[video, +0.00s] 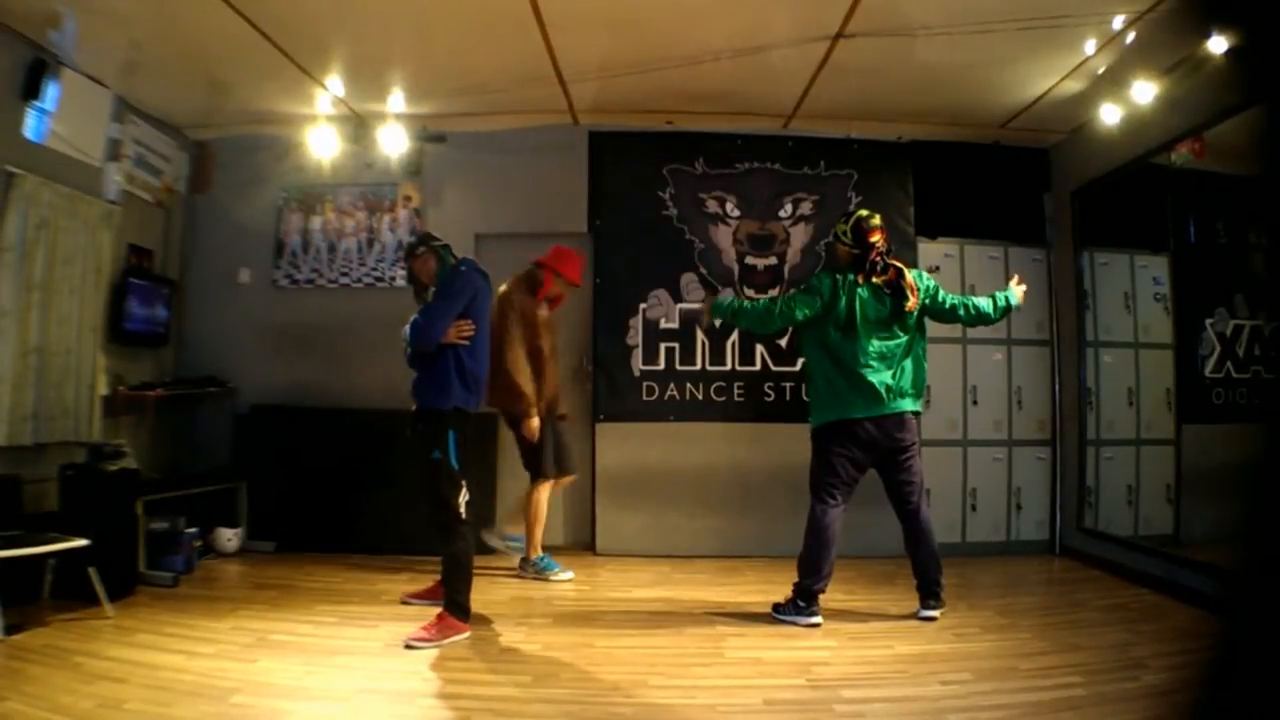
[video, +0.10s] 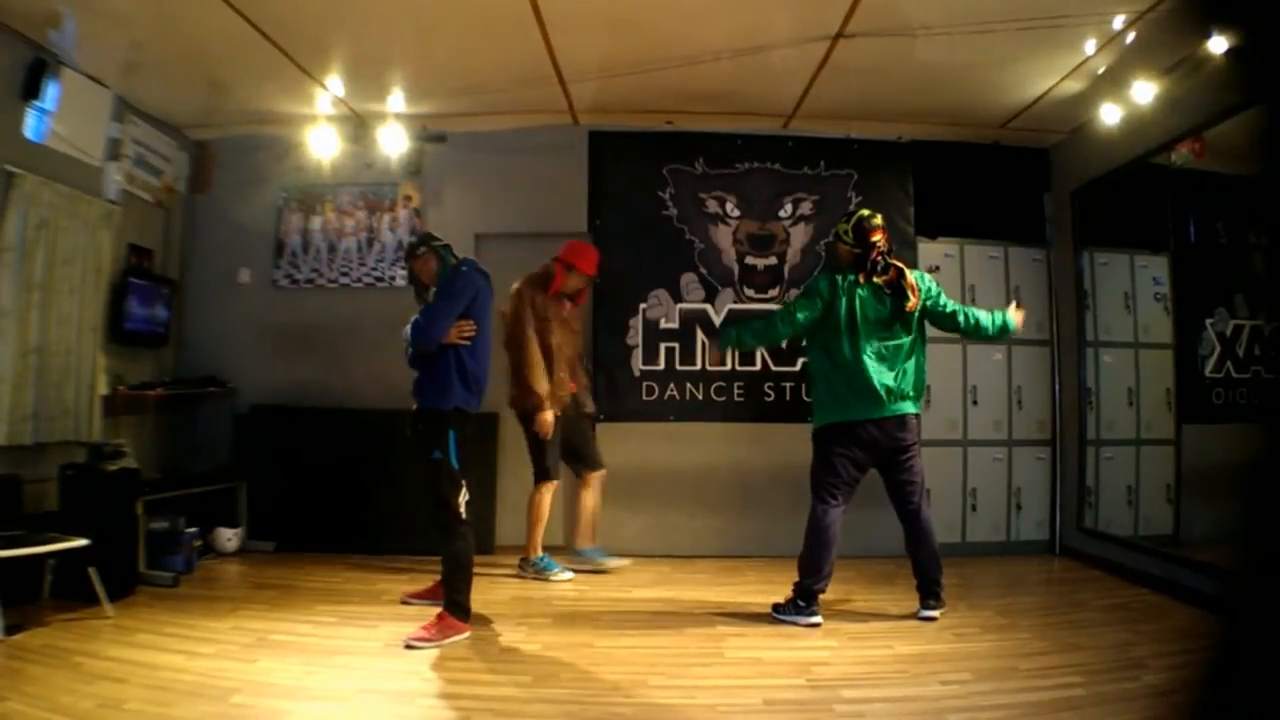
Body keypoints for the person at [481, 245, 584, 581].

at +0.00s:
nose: (562, 294)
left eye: (565, 288)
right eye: (561, 286)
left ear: (552, 280)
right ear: (547, 276)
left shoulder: (536, 302)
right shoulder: (513, 298)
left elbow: (543, 357)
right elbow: (512, 358)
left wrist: (552, 402)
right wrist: (527, 408)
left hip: (542, 402)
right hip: (523, 405)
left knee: (564, 473)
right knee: (542, 476)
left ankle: (507, 529)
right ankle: (533, 556)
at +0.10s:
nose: (581, 285)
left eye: (584, 280)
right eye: (579, 278)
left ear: (581, 277)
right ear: (565, 269)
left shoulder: (570, 300)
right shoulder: (527, 294)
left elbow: (571, 356)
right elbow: (527, 352)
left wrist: (583, 395)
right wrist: (541, 404)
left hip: (569, 399)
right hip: (538, 401)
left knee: (593, 471)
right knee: (547, 479)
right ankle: (532, 556)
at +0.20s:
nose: (593, 280)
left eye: (599, 275)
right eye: (589, 272)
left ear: (602, 277)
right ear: (573, 267)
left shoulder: (594, 305)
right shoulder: (544, 295)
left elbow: (596, 356)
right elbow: (539, 350)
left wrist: (605, 399)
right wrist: (554, 399)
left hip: (589, 401)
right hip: (557, 402)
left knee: (614, 477)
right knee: (558, 481)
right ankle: (534, 556)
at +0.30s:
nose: (601, 279)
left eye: (607, 272)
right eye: (595, 272)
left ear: (615, 273)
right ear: (581, 272)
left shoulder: (623, 308)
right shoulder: (560, 301)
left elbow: (628, 358)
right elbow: (551, 351)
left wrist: (629, 402)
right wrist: (561, 397)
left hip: (611, 405)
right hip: (576, 404)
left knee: (639, 479)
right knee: (569, 485)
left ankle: (663, 551)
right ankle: (539, 555)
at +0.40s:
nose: (614, 280)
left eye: (619, 273)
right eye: (607, 274)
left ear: (628, 274)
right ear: (596, 277)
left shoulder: (647, 312)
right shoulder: (580, 310)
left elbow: (656, 364)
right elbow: (568, 357)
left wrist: (657, 411)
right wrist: (570, 399)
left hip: (638, 408)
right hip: (597, 405)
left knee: (665, 479)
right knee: (577, 485)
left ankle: (672, 554)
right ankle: (552, 555)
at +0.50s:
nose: (625, 279)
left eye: (630, 272)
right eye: (618, 274)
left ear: (641, 271)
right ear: (611, 278)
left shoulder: (666, 312)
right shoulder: (601, 311)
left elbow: (679, 365)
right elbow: (585, 360)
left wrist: (682, 416)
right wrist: (583, 407)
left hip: (657, 408)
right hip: (613, 405)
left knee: (675, 480)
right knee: (587, 480)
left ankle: (680, 553)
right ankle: (569, 555)